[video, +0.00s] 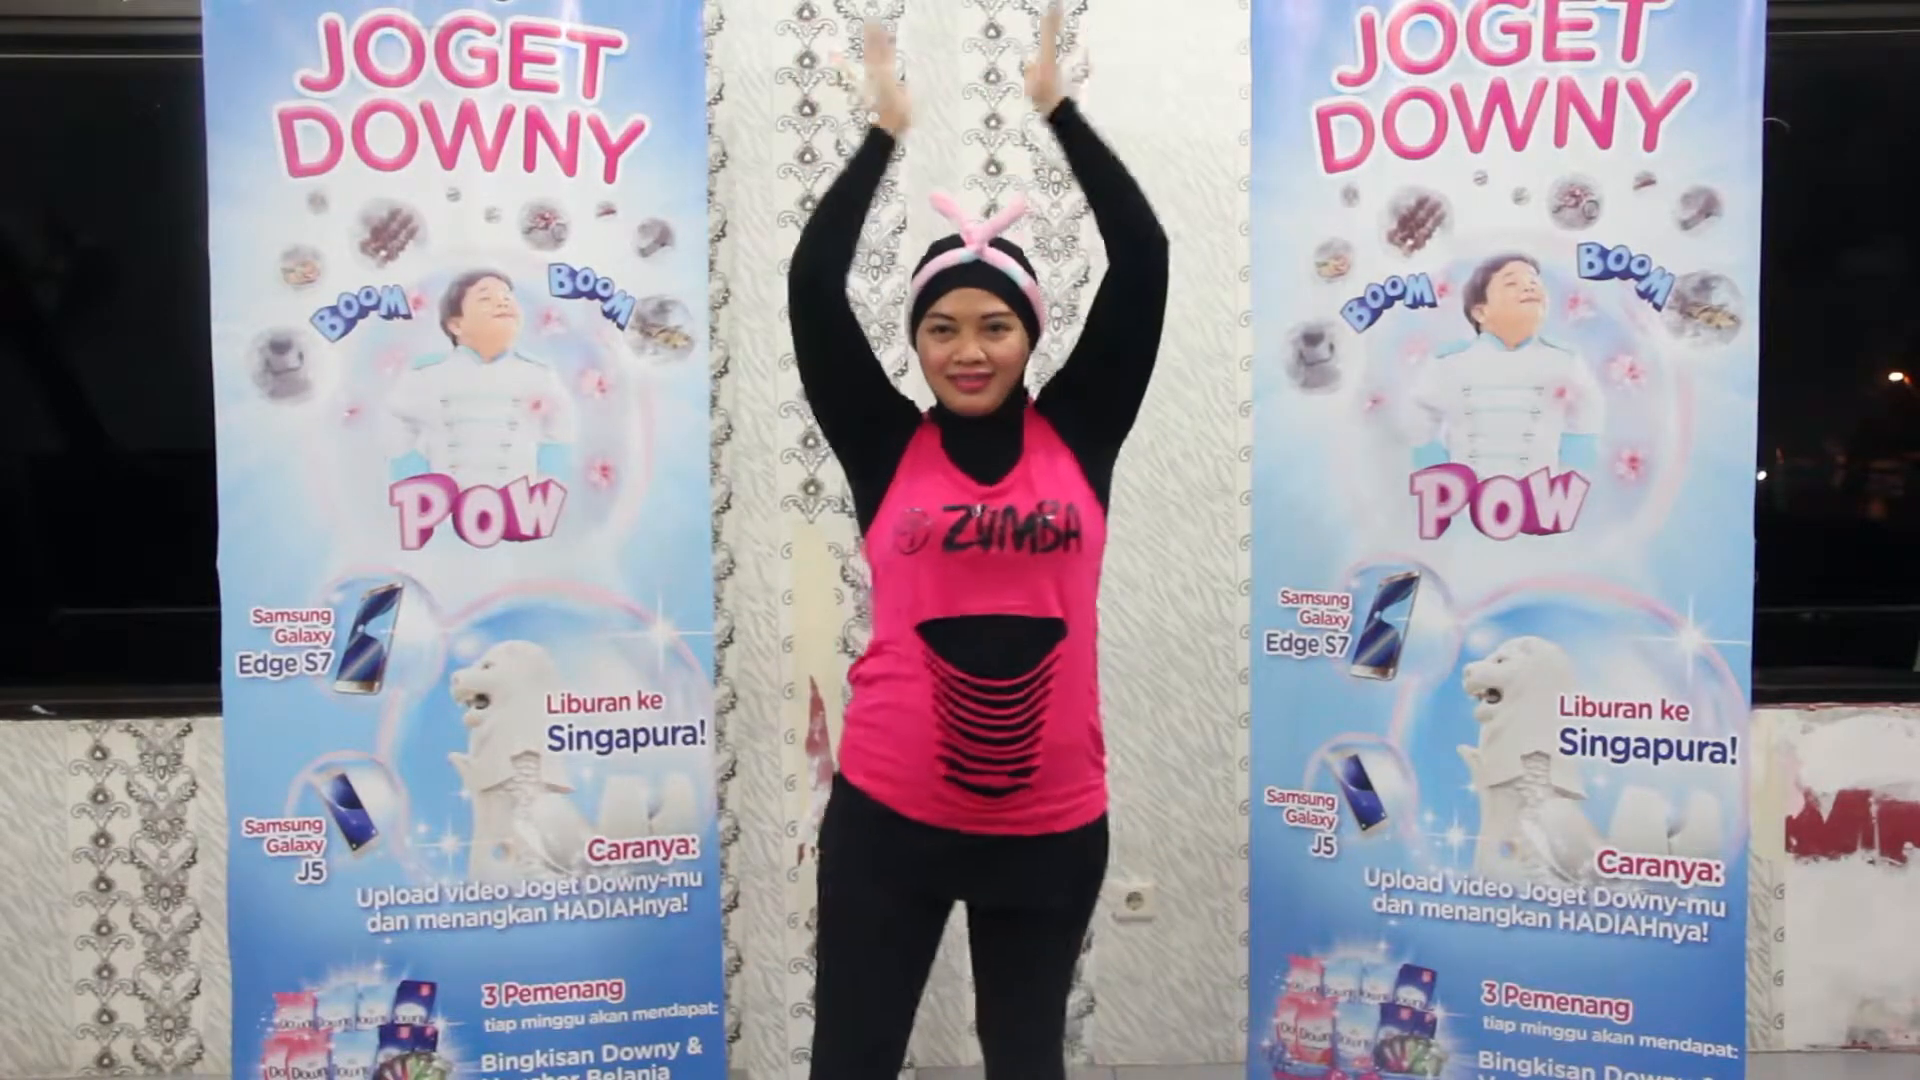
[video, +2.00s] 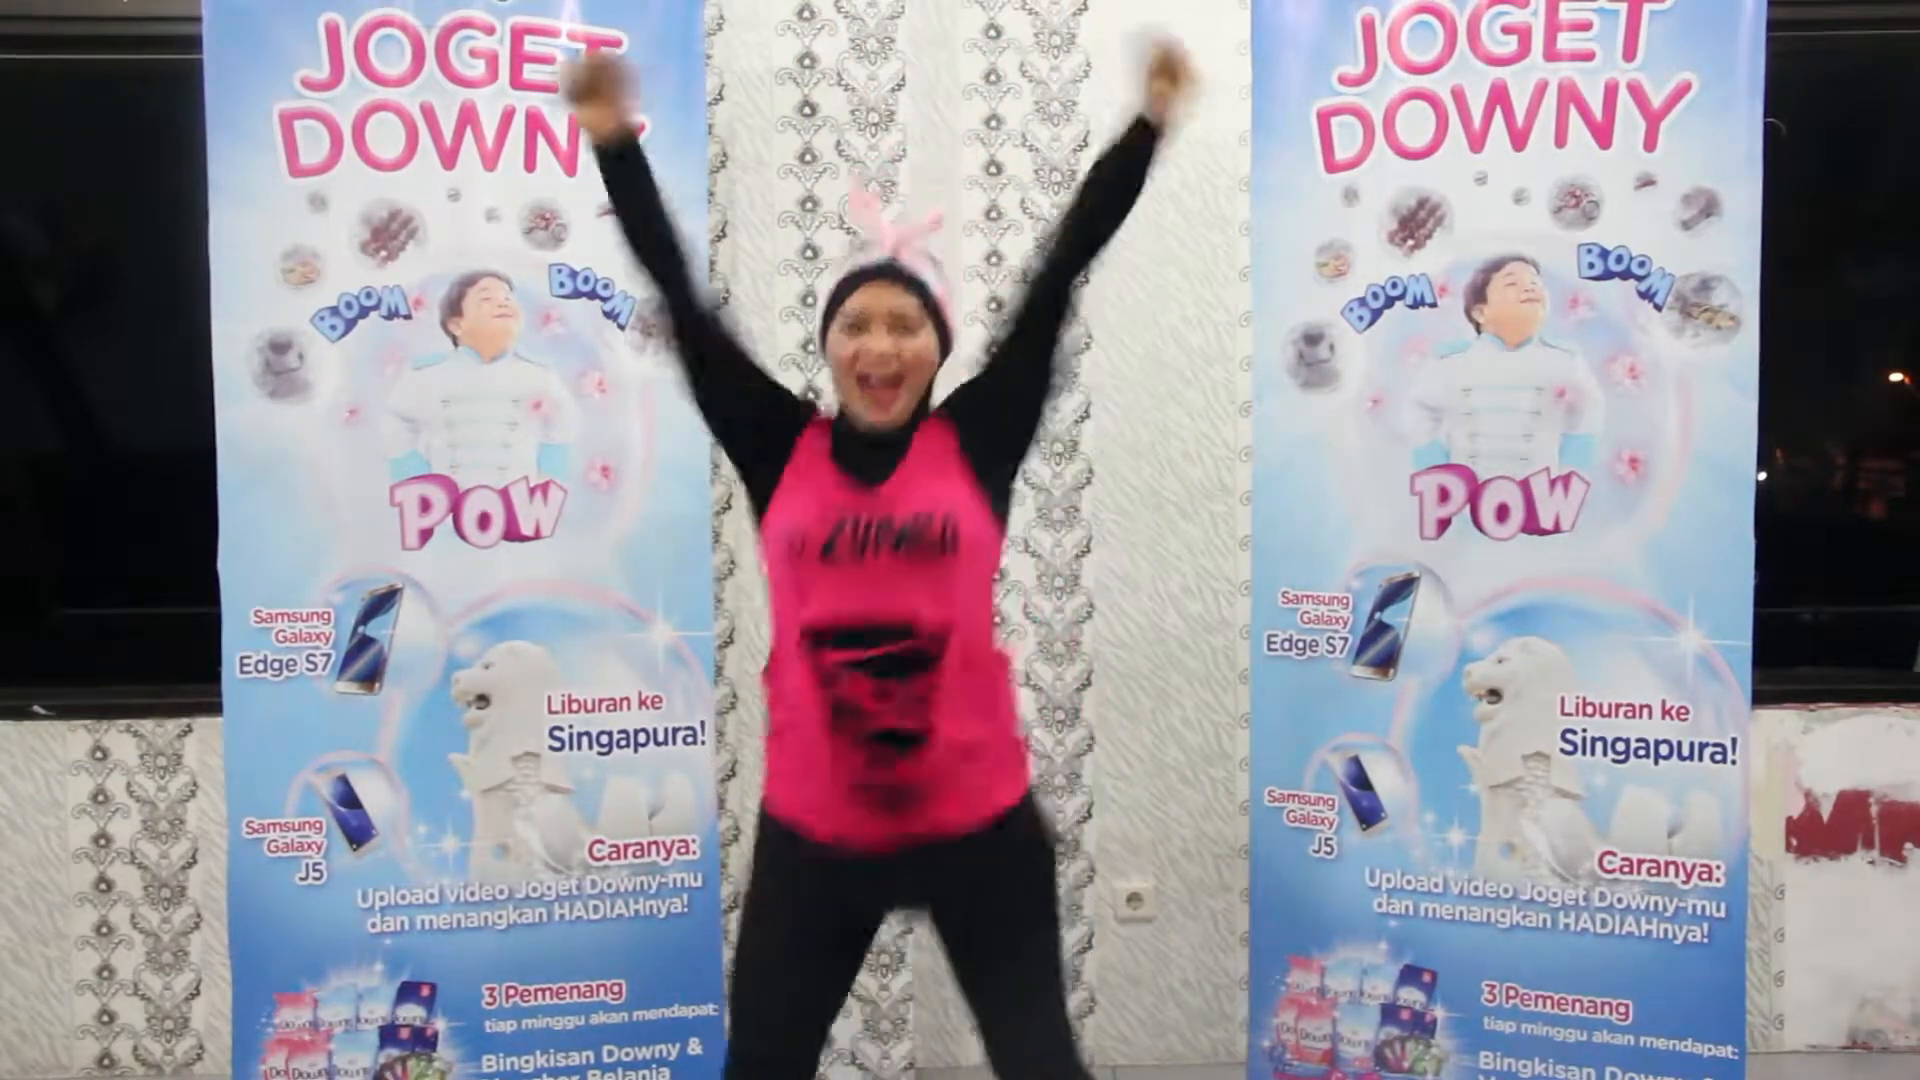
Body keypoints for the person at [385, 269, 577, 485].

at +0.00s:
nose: (502, 302)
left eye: (508, 296)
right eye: (484, 298)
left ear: (518, 313)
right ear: (454, 324)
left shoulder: (539, 376)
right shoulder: (424, 377)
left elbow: (558, 436)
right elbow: (390, 423)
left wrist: (545, 491)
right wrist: (413, 482)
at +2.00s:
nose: (503, 301)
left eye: (508, 296)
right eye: (485, 298)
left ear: (518, 315)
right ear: (454, 324)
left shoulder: (538, 378)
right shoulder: (422, 379)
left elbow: (559, 432)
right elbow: (393, 428)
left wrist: (546, 490)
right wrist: (415, 485)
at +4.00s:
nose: (502, 303)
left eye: (508, 296)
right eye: (485, 297)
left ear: (518, 315)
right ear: (455, 324)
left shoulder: (536, 376)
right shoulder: (423, 379)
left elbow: (560, 427)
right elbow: (393, 426)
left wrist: (547, 485)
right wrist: (412, 483)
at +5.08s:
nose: (503, 302)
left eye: (508, 296)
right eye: (485, 297)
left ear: (518, 314)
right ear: (455, 324)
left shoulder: (539, 378)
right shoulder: (423, 379)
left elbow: (559, 437)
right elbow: (394, 425)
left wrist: (545, 497)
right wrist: (413, 487)